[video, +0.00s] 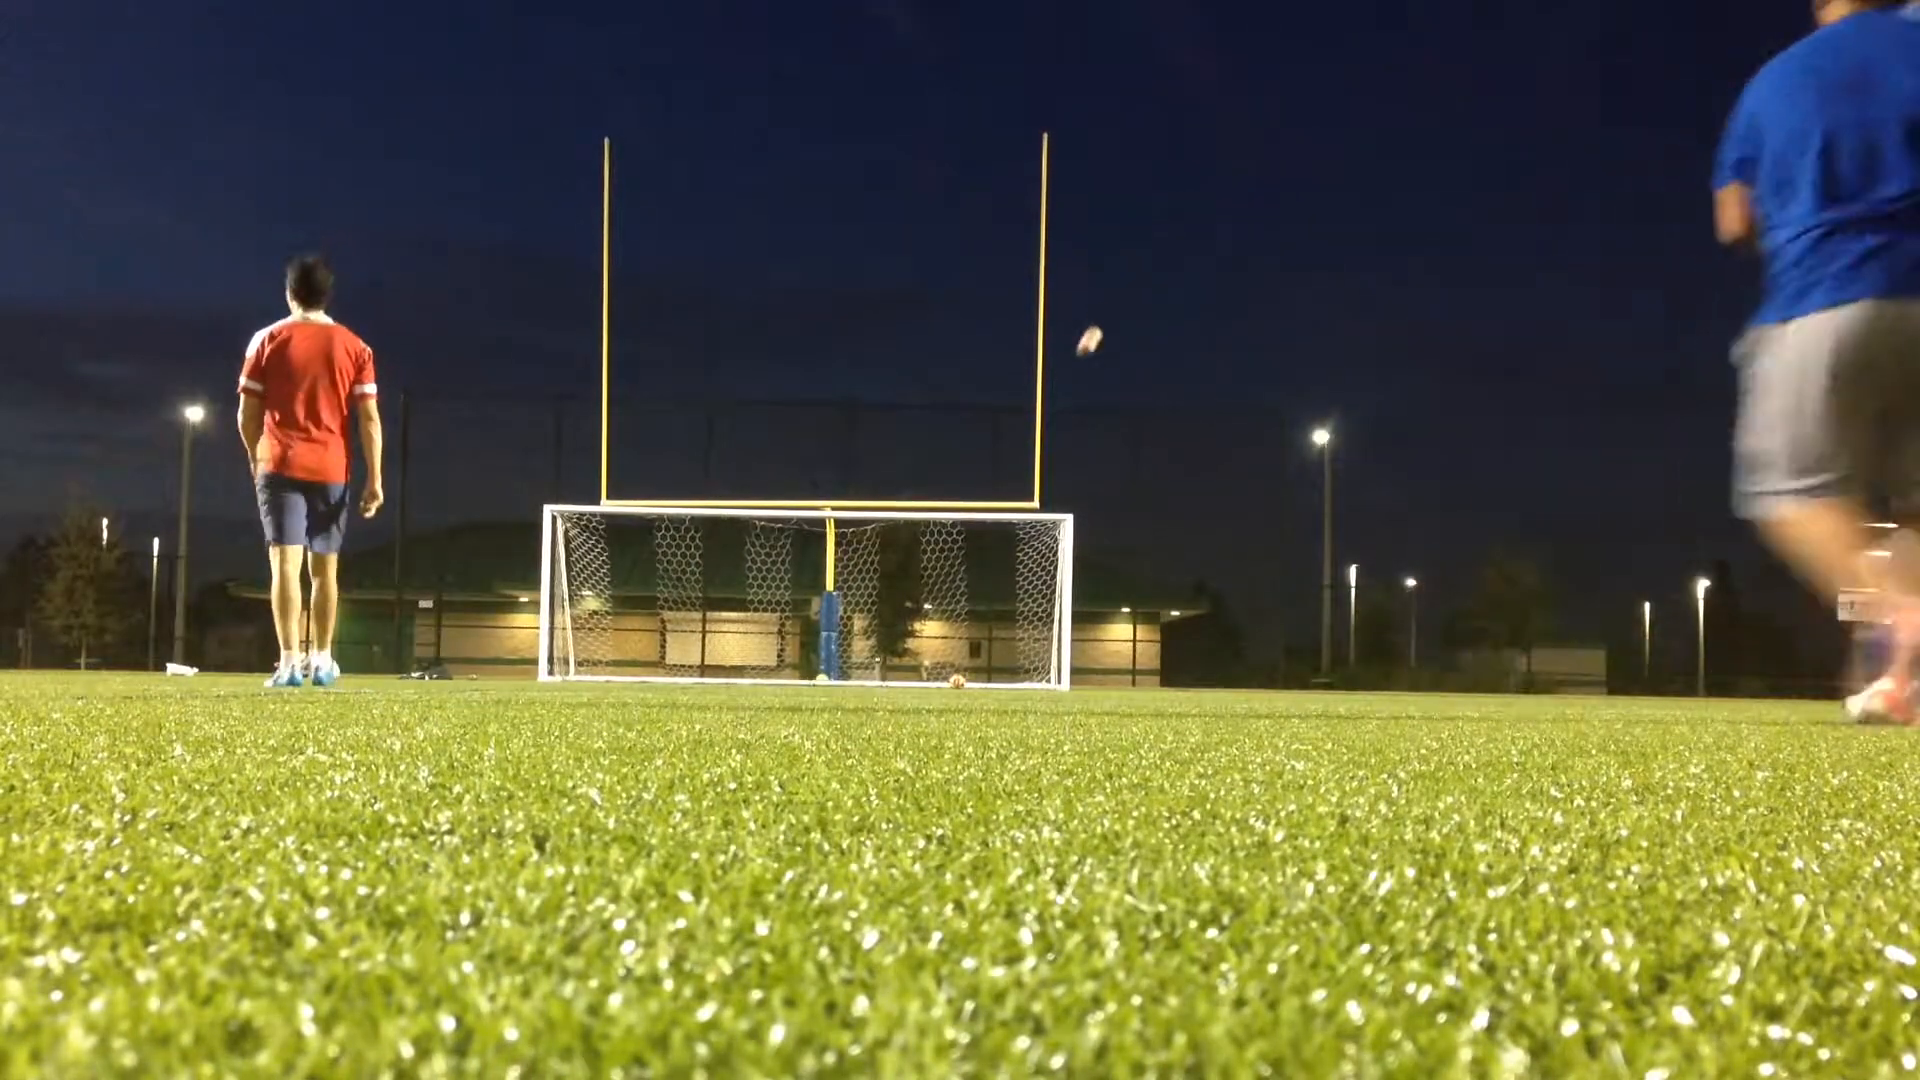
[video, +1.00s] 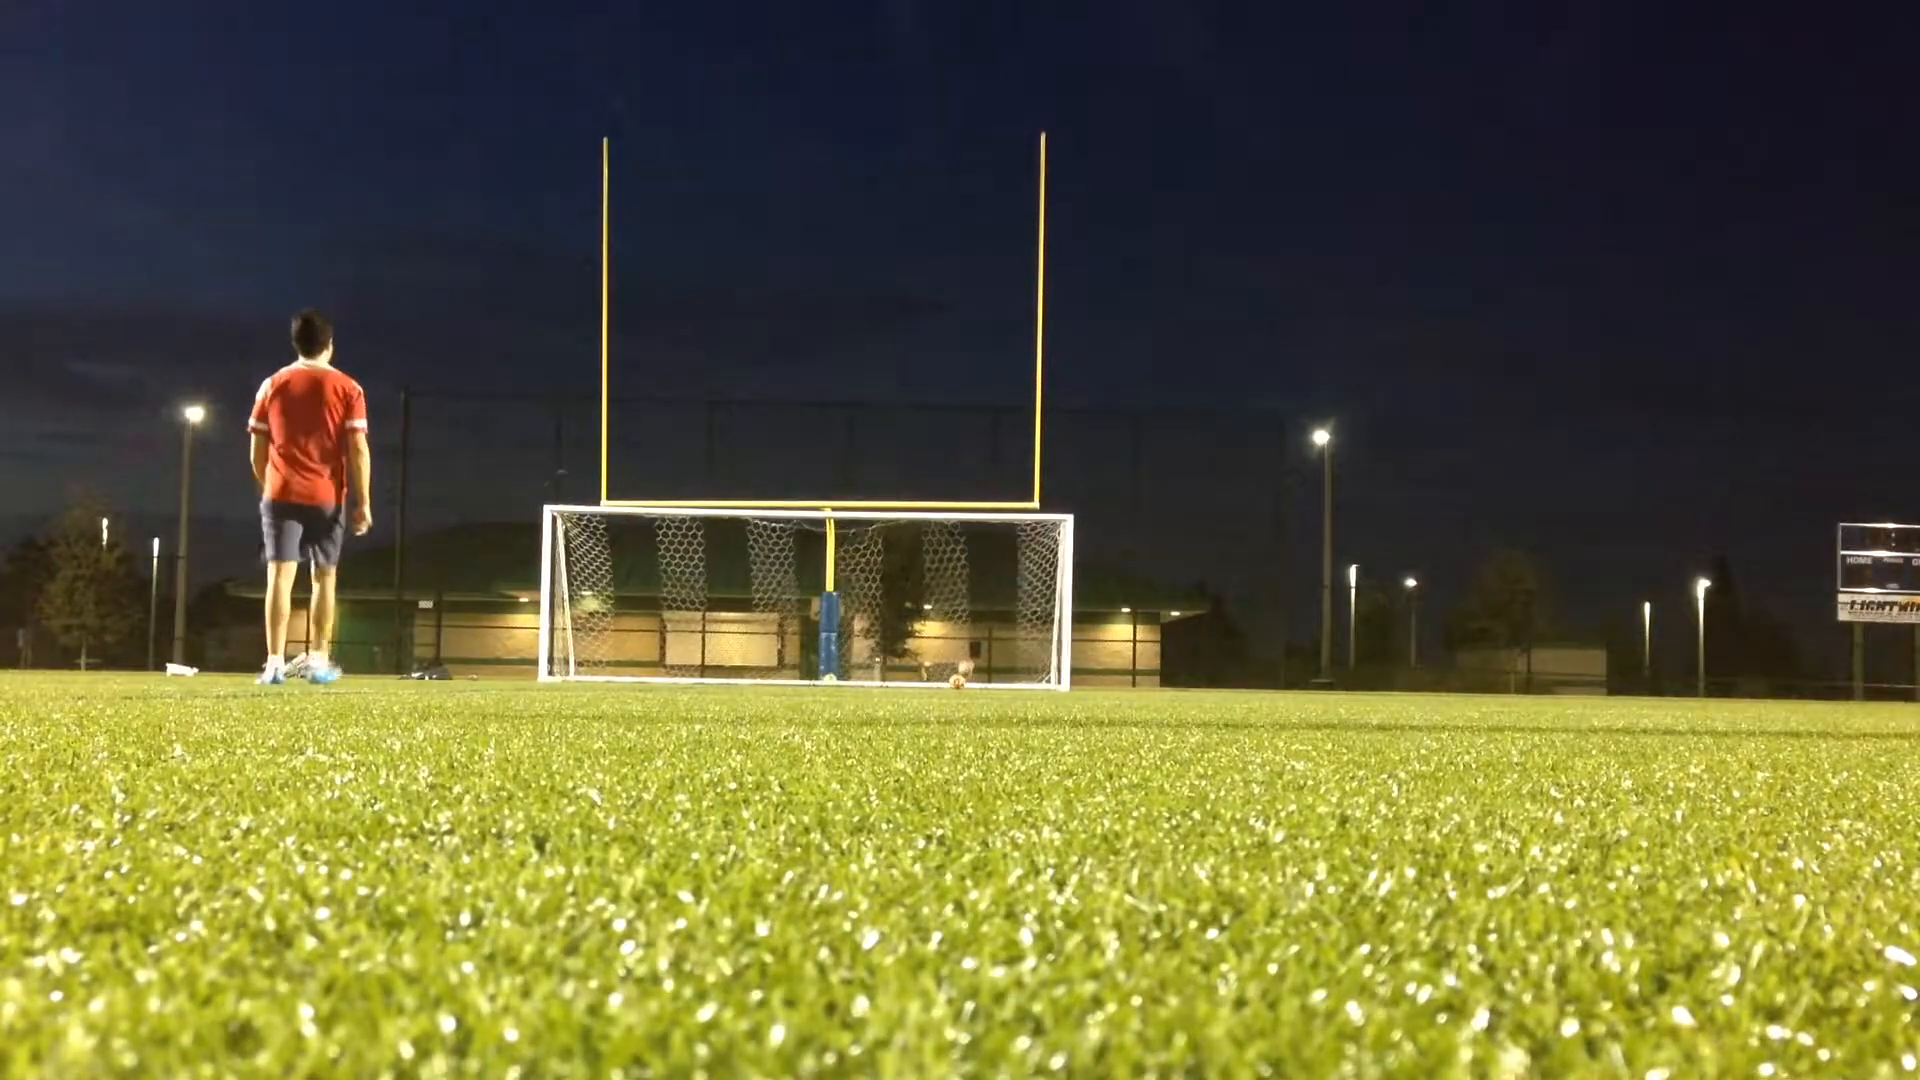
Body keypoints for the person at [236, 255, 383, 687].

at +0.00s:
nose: (289, 296)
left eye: (288, 291)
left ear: (290, 294)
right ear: (328, 295)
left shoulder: (267, 340)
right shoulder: (354, 346)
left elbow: (247, 415)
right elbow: (370, 417)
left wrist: (258, 459)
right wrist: (375, 477)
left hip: (278, 461)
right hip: (331, 466)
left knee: (285, 564)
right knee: (325, 571)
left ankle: (290, 661)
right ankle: (322, 659)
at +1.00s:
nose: (329, 347)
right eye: (329, 341)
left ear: (294, 344)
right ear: (329, 344)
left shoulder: (272, 384)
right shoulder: (348, 388)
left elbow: (257, 453)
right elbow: (358, 449)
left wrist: (270, 487)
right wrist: (362, 502)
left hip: (280, 492)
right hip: (326, 495)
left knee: (279, 575)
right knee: (324, 578)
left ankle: (274, 663)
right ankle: (318, 661)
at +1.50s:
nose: (358, 370)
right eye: (363, 364)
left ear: (332, 367)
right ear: (366, 367)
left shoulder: (312, 405)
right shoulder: (381, 408)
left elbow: (296, 462)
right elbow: (392, 466)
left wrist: (290, 510)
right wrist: (389, 502)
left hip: (317, 505)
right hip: (358, 507)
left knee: (323, 580)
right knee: (341, 585)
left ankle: (316, 656)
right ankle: (327, 662)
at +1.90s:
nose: (351, 384)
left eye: (352, 379)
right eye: (354, 379)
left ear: (355, 382)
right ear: (384, 382)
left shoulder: (337, 419)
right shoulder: (403, 421)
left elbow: (323, 476)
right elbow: (411, 476)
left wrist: (319, 521)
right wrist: (412, 519)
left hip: (341, 516)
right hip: (383, 517)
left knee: (347, 591)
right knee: (386, 589)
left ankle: (347, 666)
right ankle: (365, 638)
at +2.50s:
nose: (409, 407)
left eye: (410, 403)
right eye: (415, 403)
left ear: (411, 406)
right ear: (439, 407)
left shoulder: (393, 441)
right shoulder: (453, 443)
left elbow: (381, 491)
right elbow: (463, 491)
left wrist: (374, 534)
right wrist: (464, 527)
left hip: (398, 528)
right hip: (434, 529)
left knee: (406, 595)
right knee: (424, 598)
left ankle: (406, 665)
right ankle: (414, 667)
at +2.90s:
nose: (448, 422)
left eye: (436, 417)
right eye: (452, 418)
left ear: (428, 419)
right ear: (455, 420)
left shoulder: (412, 452)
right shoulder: (468, 452)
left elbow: (402, 502)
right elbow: (478, 501)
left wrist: (400, 543)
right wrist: (481, 538)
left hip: (418, 538)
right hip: (454, 538)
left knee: (424, 602)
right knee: (458, 600)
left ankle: (424, 669)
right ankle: (440, 643)